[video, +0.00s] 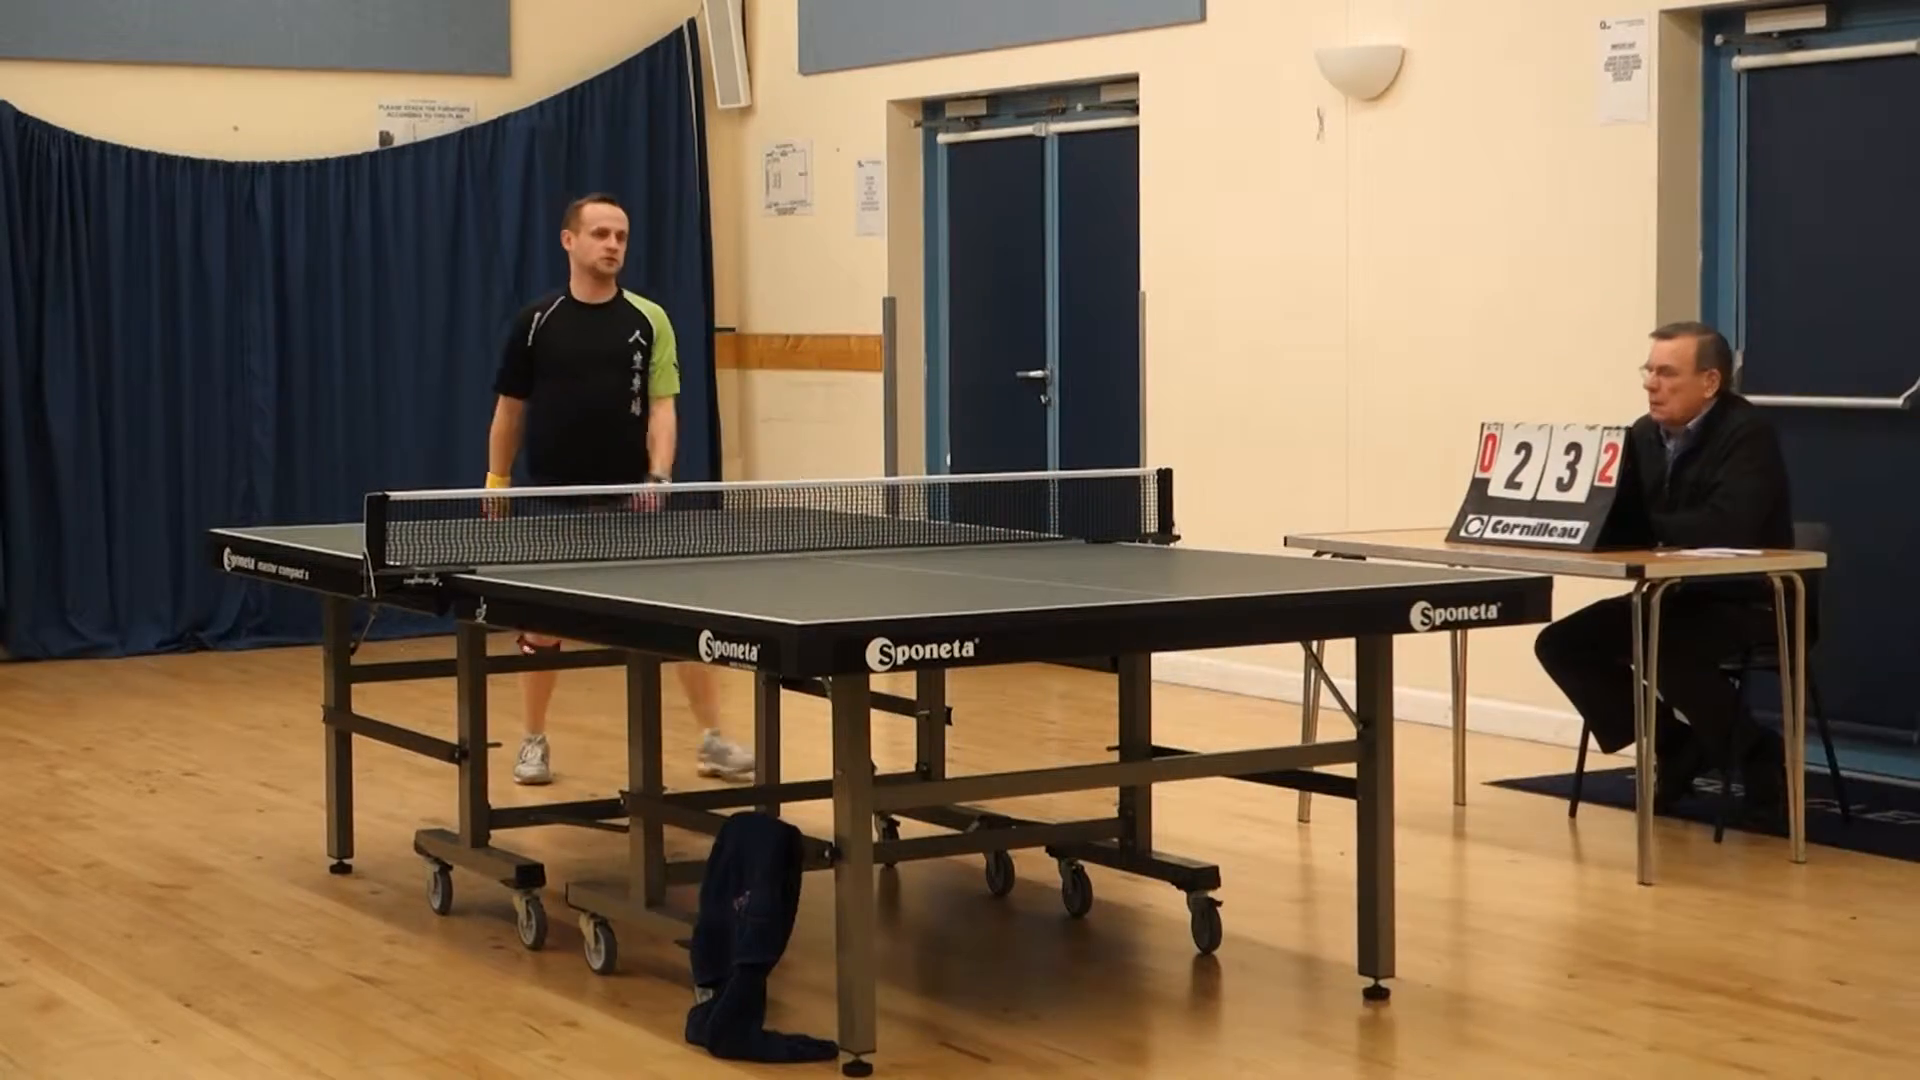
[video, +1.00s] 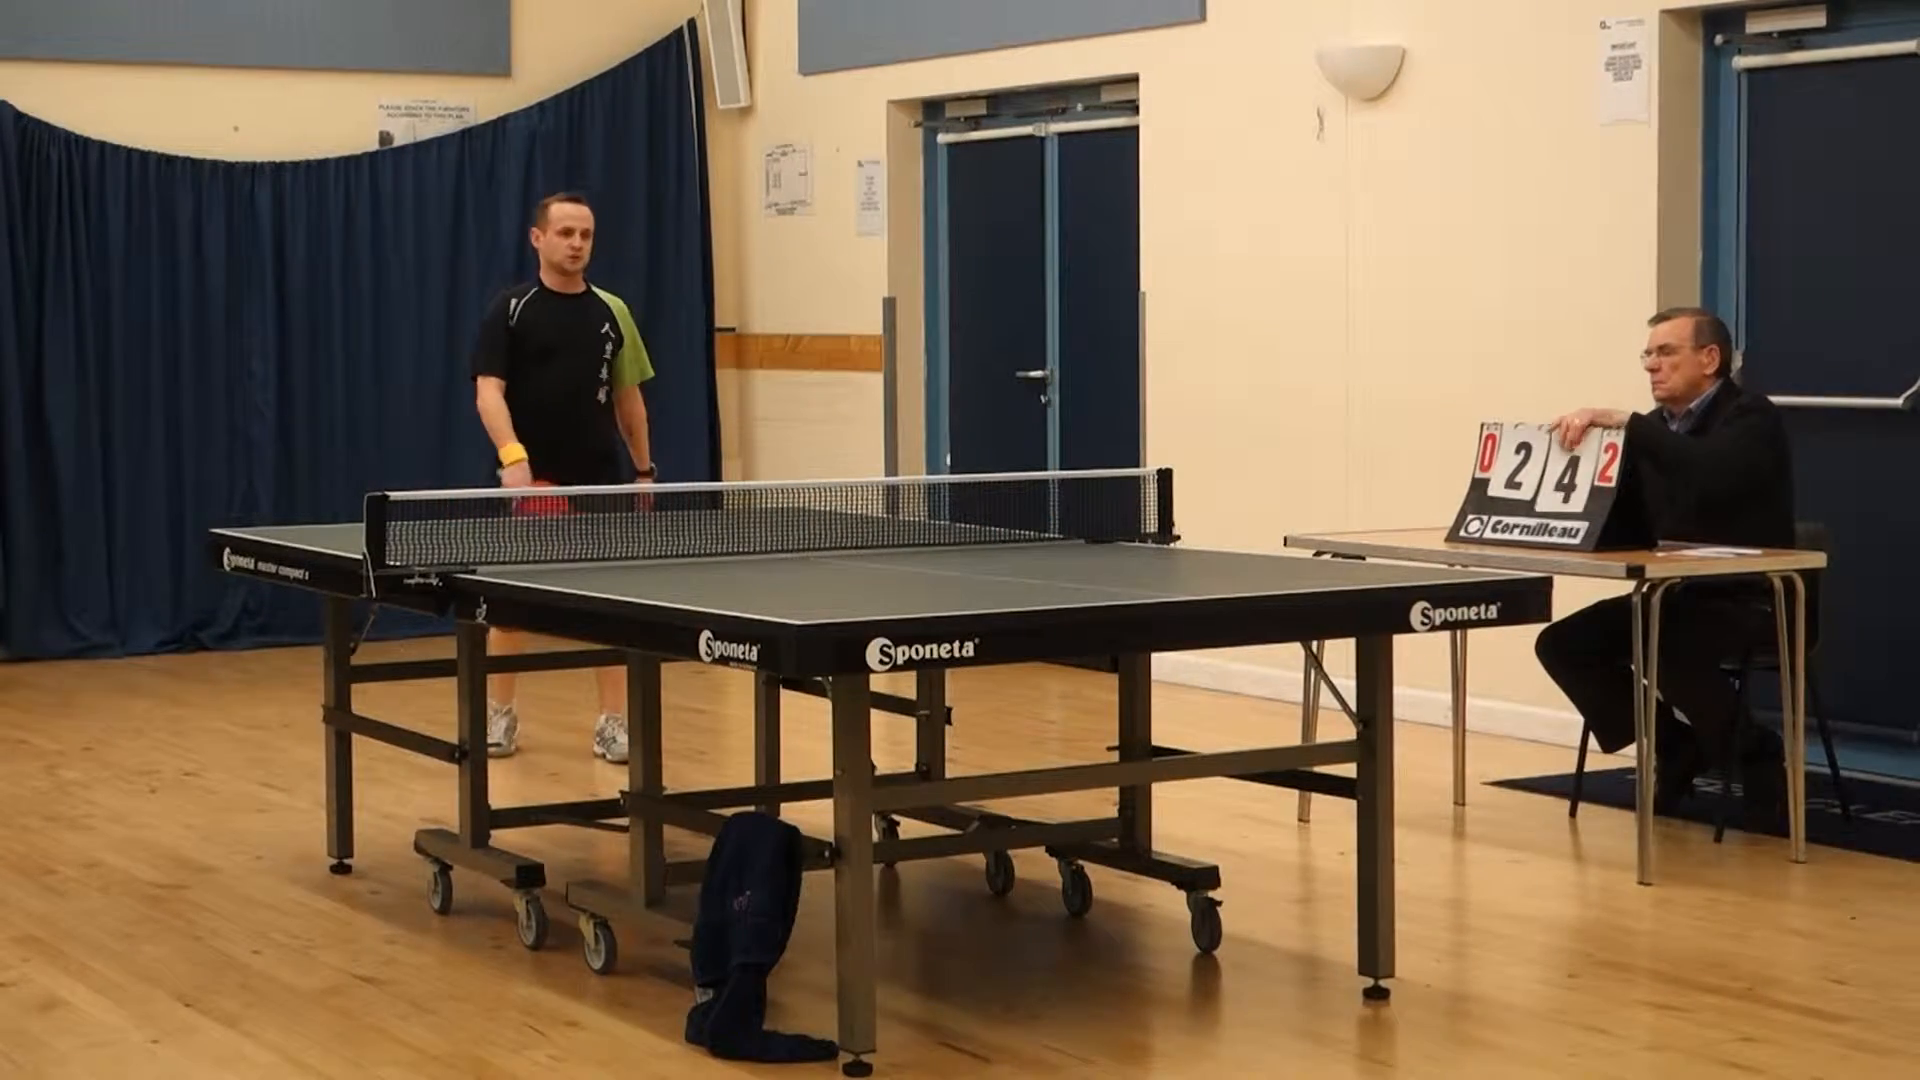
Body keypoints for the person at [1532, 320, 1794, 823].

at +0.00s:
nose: (1651, 382)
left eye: (1667, 372)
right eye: (1649, 370)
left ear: (1710, 382)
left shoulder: (1748, 435)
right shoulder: (1644, 436)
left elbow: (1734, 526)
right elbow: (1617, 521)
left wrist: (1645, 530)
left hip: (1754, 599)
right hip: (1672, 595)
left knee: (1668, 646)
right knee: (1561, 644)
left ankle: (1758, 753)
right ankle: (1672, 741)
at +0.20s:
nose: (1651, 374)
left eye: (1666, 364)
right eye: (1650, 362)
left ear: (1710, 375)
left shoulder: (1753, 435)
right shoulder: (1646, 433)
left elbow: (1743, 526)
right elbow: (1619, 521)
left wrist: (1648, 511)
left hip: (1750, 597)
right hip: (1669, 592)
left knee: (1668, 647)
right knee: (1562, 644)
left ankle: (1755, 751)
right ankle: (1673, 741)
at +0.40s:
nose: (1649, 370)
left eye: (1664, 359)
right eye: (1648, 359)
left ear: (1709, 368)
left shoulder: (1754, 429)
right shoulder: (1647, 430)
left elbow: (1751, 520)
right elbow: (1618, 527)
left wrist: (1660, 471)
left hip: (1749, 596)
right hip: (1669, 592)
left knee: (1668, 647)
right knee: (1561, 645)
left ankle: (1750, 748)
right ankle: (1671, 741)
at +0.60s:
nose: (1651, 366)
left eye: (1666, 354)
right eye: (1649, 355)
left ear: (1710, 362)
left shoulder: (1755, 424)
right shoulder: (1650, 427)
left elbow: (1722, 492)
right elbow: (1612, 517)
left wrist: (1644, 444)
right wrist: (1580, 444)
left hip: (1752, 594)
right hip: (1672, 591)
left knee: (1669, 647)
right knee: (1562, 644)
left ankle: (1751, 748)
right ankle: (1671, 741)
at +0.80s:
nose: (1651, 365)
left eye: (1666, 353)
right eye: (1650, 354)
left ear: (1711, 360)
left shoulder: (1753, 420)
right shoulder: (1652, 429)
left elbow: (1713, 479)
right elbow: (1622, 526)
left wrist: (1625, 435)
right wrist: (1565, 464)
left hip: (1757, 594)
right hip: (1677, 591)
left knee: (1667, 646)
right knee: (1562, 644)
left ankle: (1753, 749)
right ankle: (1673, 741)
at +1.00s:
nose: (1651, 365)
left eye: (1665, 353)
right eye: (1649, 354)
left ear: (1710, 359)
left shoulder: (1754, 419)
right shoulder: (1652, 428)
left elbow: (1707, 467)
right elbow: (1615, 524)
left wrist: (1627, 424)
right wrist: (1563, 450)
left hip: (1753, 595)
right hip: (1675, 592)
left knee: (1665, 646)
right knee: (1562, 643)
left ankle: (1752, 747)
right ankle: (1673, 742)